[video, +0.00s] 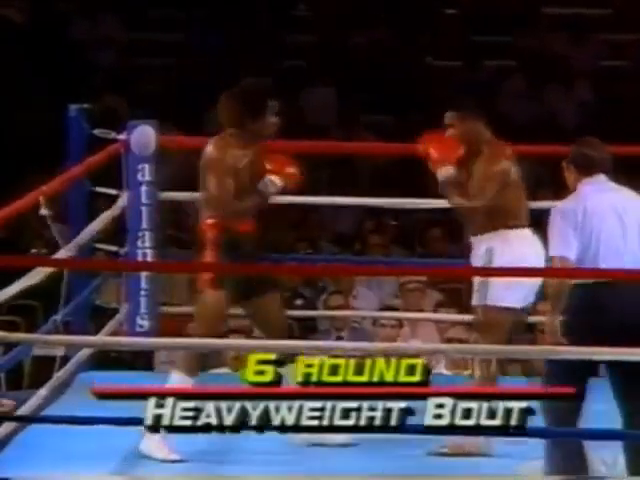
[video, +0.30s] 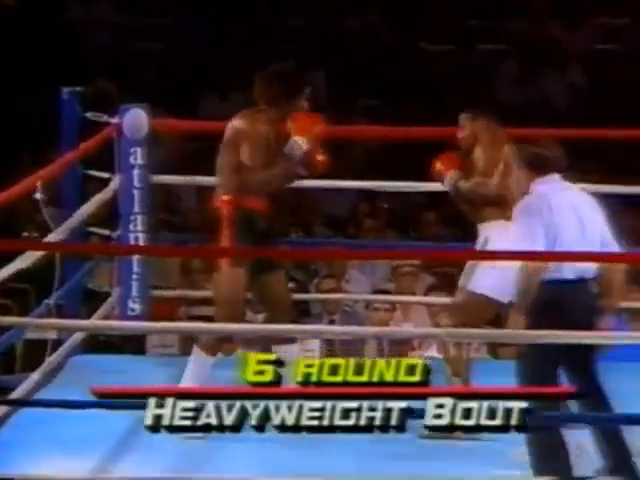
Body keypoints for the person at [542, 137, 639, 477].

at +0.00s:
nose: (565, 175)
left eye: (566, 170)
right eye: (566, 171)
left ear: (571, 171)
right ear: (606, 169)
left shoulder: (570, 207)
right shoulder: (634, 200)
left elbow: (561, 268)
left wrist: (551, 315)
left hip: (590, 296)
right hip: (633, 297)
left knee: (563, 380)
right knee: (633, 387)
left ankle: (567, 465)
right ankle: (637, 464)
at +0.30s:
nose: (512, 179)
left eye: (515, 172)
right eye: (512, 172)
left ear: (528, 171)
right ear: (557, 168)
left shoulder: (532, 203)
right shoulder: (586, 200)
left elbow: (534, 261)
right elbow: (614, 257)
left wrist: (519, 308)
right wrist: (610, 305)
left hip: (549, 291)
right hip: (584, 290)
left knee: (536, 380)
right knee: (583, 375)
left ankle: (553, 467)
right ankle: (621, 463)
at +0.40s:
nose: (491, 174)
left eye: (492, 166)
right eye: (491, 166)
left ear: (504, 166)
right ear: (530, 162)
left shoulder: (512, 194)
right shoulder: (561, 191)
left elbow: (512, 256)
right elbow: (583, 254)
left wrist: (495, 305)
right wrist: (579, 303)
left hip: (531, 285)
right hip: (563, 281)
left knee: (521, 376)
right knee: (549, 374)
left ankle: (543, 465)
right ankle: (571, 460)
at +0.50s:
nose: (470, 168)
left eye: (472, 161)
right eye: (470, 161)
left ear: (484, 161)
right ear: (514, 156)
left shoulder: (495, 193)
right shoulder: (544, 188)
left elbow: (491, 257)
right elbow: (566, 246)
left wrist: (481, 305)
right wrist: (560, 295)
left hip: (514, 283)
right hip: (547, 279)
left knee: (511, 375)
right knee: (522, 369)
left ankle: (535, 464)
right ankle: (523, 458)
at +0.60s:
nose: (452, 176)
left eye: (453, 167)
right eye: (452, 168)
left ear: (464, 165)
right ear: (491, 161)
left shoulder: (473, 198)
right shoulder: (520, 189)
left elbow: (469, 264)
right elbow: (543, 249)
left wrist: (446, 303)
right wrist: (531, 288)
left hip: (494, 292)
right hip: (524, 288)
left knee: (503, 383)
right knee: (479, 379)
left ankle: (533, 469)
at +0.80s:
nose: (416, 180)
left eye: (418, 173)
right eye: (416, 172)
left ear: (428, 173)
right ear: (456, 167)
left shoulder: (442, 204)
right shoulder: (483, 197)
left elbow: (437, 267)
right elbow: (504, 256)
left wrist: (404, 303)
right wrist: (495, 296)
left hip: (460, 294)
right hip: (486, 290)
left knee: (482, 384)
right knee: (449, 380)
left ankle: (528, 468)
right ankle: (411, 462)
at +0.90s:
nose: (399, 177)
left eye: (401, 170)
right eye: (400, 170)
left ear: (411, 170)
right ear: (439, 165)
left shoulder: (420, 204)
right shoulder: (465, 198)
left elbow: (415, 265)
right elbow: (487, 256)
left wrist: (389, 304)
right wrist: (478, 294)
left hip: (439, 295)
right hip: (468, 291)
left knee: (453, 385)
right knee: (433, 383)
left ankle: (516, 469)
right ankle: (409, 467)